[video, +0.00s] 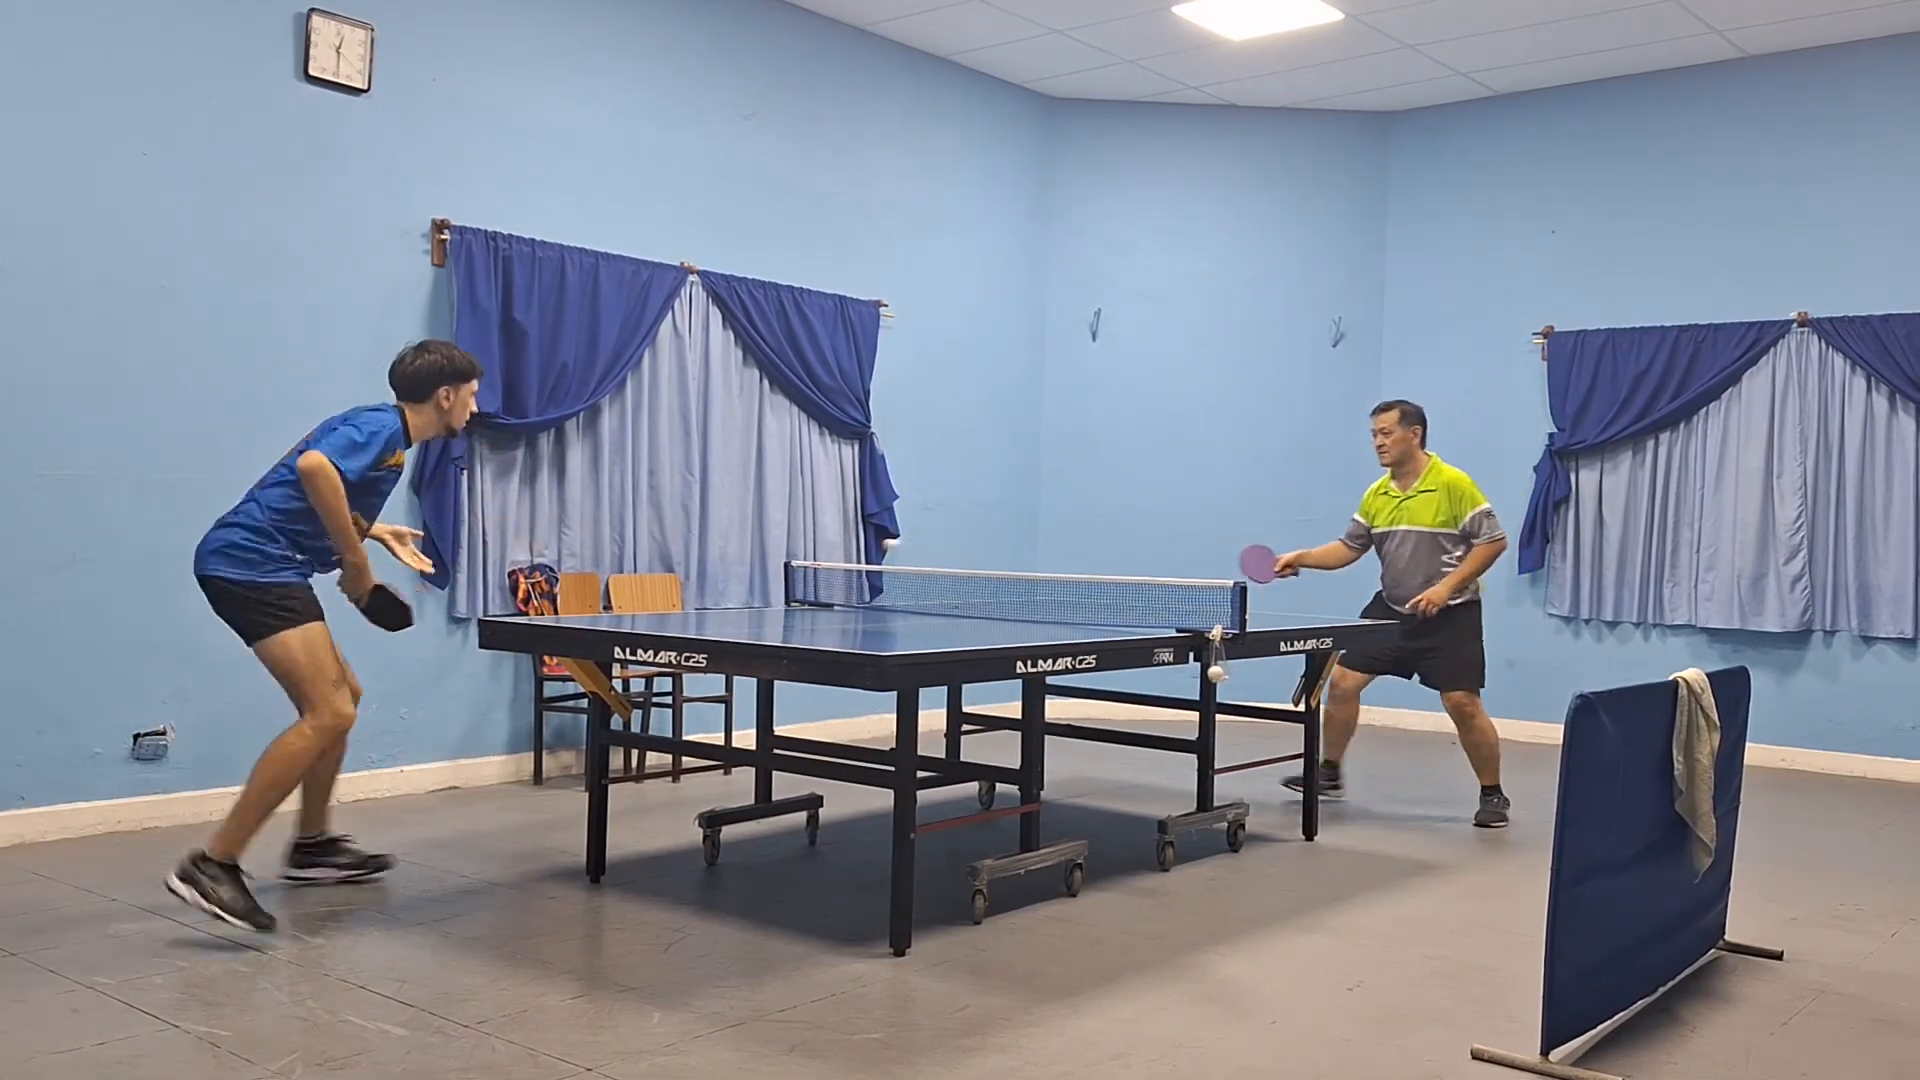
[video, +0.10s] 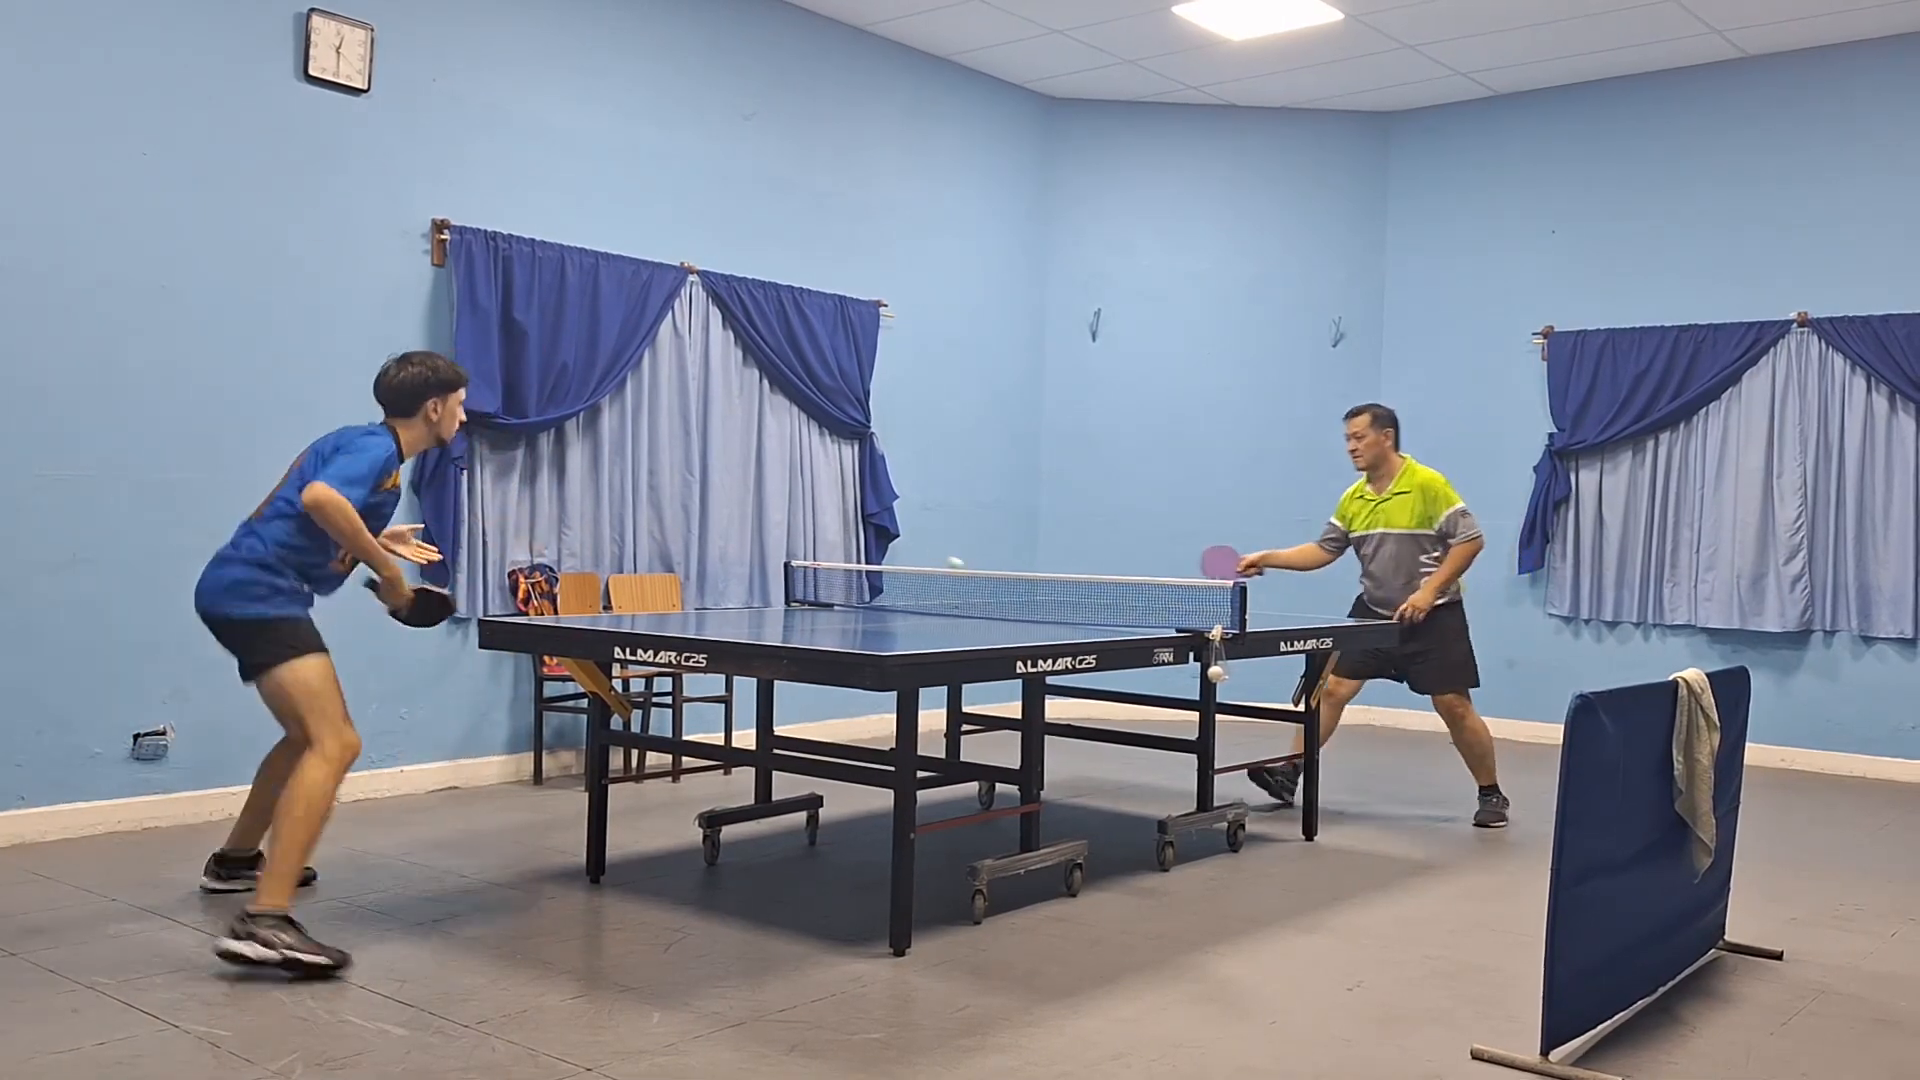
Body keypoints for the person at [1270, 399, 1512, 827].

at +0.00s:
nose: (1377, 442)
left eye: (1385, 433)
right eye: (1375, 435)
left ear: (1415, 434)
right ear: (1375, 440)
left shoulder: (1453, 484)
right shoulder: (1377, 493)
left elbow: (1493, 541)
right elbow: (1348, 548)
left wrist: (1446, 587)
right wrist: (1300, 558)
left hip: (1451, 613)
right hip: (1390, 611)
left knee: (1461, 703)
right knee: (1342, 685)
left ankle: (1491, 793)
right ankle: (1329, 772)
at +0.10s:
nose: (1351, 446)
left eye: (1358, 437)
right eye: (1348, 440)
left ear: (1386, 437)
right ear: (1353, 444)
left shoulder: (1428, 484)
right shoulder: (1354, 498)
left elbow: (1470, 539)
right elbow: (1324, 550)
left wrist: (1429, 590)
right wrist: (1267, 558)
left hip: (1433, 616)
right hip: (1373, 618)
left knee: (1453, 706)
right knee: (1331, 690)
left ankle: (1490, 794)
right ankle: (1289, 772)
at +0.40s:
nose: (1255, 468)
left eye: (1261, 459)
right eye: (1253, 461)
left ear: (1290, 456)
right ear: (1275, 462)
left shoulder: (1344, 491)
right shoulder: (1267, 520)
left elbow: (1401, 532)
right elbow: (1229, 565)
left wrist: (1392, 592)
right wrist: (1169, 568)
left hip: (1374, 616)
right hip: (1314, 623)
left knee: (1422, 701)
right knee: (1277, 689)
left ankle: (1470, 787)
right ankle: (1276, 783)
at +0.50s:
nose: (1240, 472)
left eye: (1247, 463)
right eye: (1237, 465)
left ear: (1276, 460)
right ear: (1255, 469)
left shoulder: (1331, 492)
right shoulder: (1250, 525)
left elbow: (1391, 528)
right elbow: (1211, 566)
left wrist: (1388, 588)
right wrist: (1147, 572)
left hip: (1368, 614)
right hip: (1308, 624)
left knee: (1415, 697)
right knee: (1272, 688)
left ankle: (1466, 787)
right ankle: (1274, 785)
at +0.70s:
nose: (1237, 474)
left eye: (1244, 464)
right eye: (1233, 466)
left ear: (1274, 461)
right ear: (1239, 471)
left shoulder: (1328, 493)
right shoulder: (1245, 525)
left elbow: (1384, 525)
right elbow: (1211, 567)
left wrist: (1381, 587)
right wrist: (1156, 571)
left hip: (1362, 614)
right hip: (1301, 625)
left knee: (1415, 695)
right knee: (1268, 686)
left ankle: (1465, 782)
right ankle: (1273, 784)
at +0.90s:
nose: (1272, 462)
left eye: (1281, 454)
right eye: (1268, 456)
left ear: (1309, 458)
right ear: (1267, 464)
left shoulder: (1355, 498)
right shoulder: (1269, 524)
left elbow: (1404, 539)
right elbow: (1242, 575)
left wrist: (1390, 595)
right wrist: (1207, 581)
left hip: (1374, 617)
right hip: (1312, 625)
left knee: (1426, 700)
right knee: (1277, 689)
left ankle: (1474, 773)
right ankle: (1273, 783)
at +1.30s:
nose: (1386, 449)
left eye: (1394, 441)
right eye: (1382, 443)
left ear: (1421, 444)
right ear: (1379, 449)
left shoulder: (1453, 490)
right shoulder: (1385, 498)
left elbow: (1490, 547)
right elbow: (1378, 552)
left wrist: (1463, 599)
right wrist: (1357, 574)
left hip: (1449, 609)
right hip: (1397, 606)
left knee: (1457, 697)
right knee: (1353, 674)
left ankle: (1476, 777)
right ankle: (1340, 765)